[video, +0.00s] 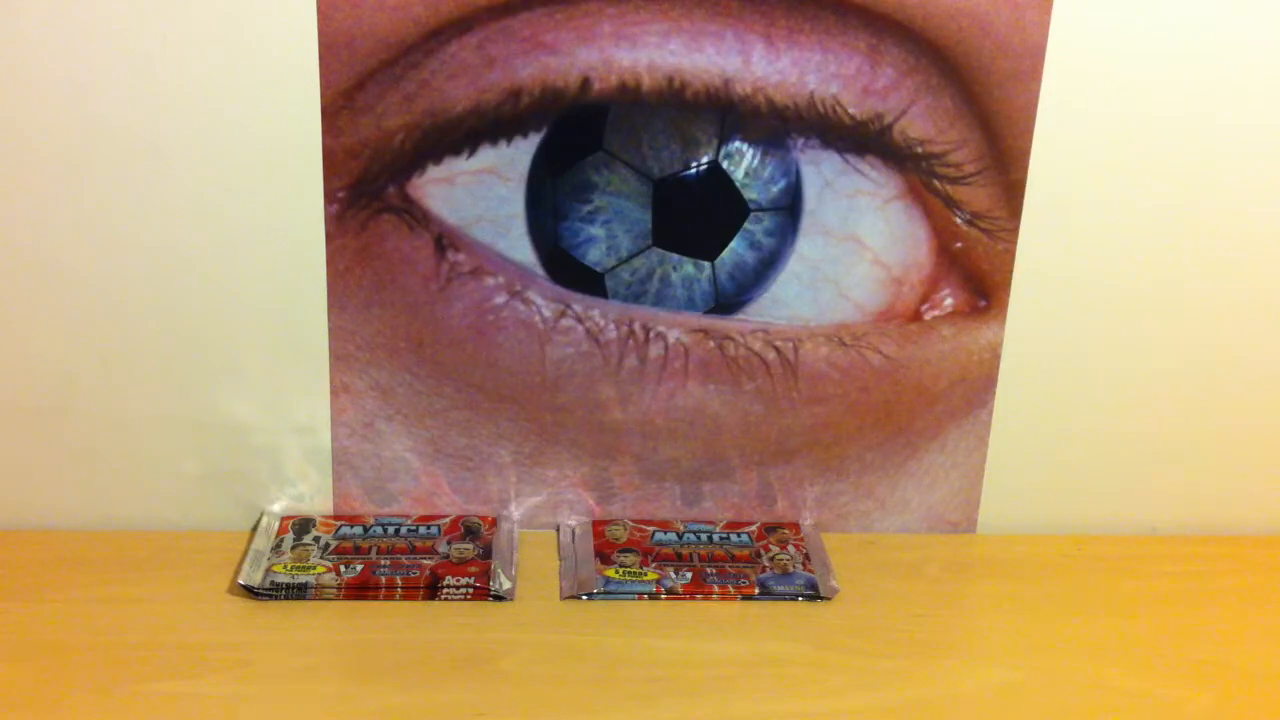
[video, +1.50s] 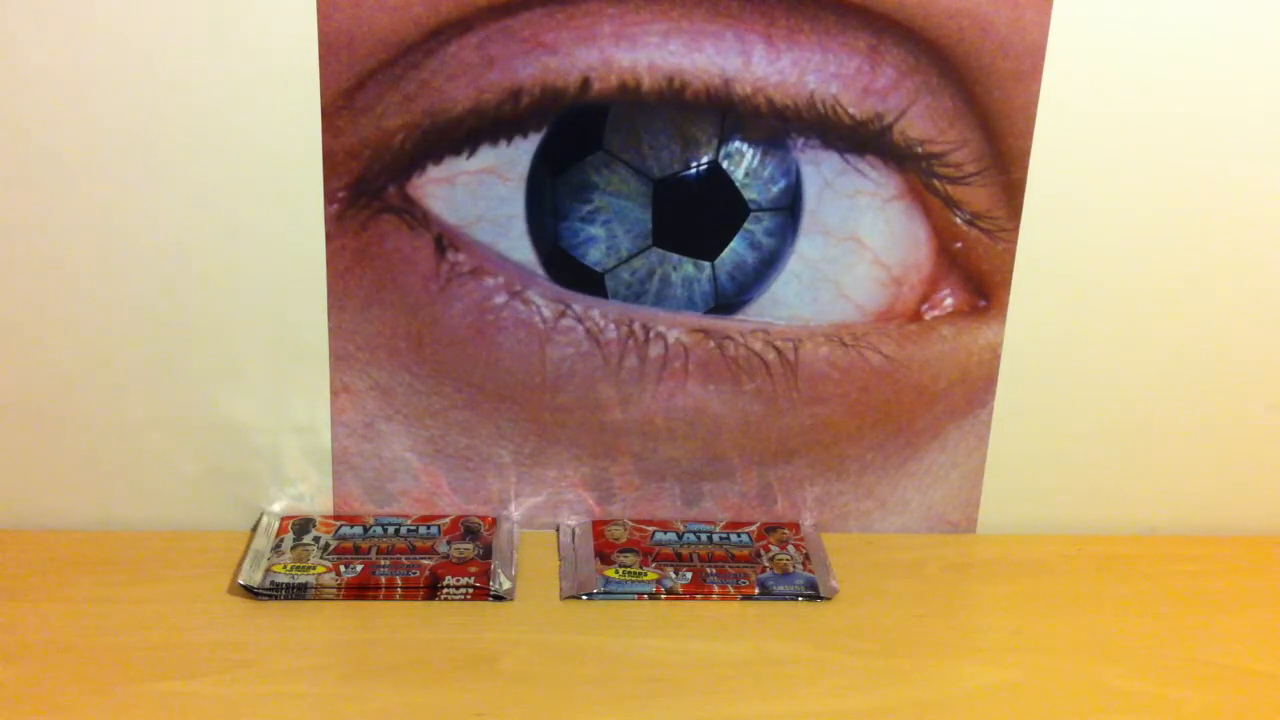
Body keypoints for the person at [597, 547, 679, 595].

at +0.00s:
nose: (621, 560)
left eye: (626, 557)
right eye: (619, 557)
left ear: (638, 558)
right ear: (616, 558)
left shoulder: (650, 573)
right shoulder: (610, 571)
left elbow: (665, 582)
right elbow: (597, 586)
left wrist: (672, 588)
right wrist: (597, 574)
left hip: (642, 604)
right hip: (613, 604)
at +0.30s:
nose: (621, 560)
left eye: (626, 557)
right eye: (619, 557)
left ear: (638, 558)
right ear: (617, 558)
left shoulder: (650, 573)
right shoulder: (610, 571)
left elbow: (665, 583)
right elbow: (597, 587)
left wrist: (673, 588)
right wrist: (597, 574)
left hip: (642, 604)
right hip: (614, 604)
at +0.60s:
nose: (621, 560)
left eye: (626, 557)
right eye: (619, 557)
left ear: (638, 558)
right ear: (617, 558)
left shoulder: (650, 573)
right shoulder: (610, 571)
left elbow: (665, 582)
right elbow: (597, 586)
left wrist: (672, 588)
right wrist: (597, 574)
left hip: (642, 604)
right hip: (614, 604)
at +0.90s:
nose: (621, 560)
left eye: (626, 557)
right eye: (619, 557)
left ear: (638, 558)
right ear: (617, 558)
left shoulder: (651, 573)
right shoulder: (609, 572)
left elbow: (668, 585)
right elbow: (597, 588)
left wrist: (674, 588)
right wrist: (597, 573)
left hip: (641, 606)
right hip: (612, 606)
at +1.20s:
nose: (621, 560)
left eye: (625, 557)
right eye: (619, 557)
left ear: (638, 558)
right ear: (616, 559)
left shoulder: (651, 573)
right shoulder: (610, 572)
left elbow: (667, 584)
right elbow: (597, 587)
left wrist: (673, 588)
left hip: (642, 606)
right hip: (613, 606)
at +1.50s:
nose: (621, 560)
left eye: (625, 557)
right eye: (619, 557)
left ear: (638, 558)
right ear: (616, 559)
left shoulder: (651, 573)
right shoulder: (610, 572)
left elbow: (667, 584)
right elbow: (597, 587)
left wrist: (673, 588)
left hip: (642, 606)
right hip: (613, 605)